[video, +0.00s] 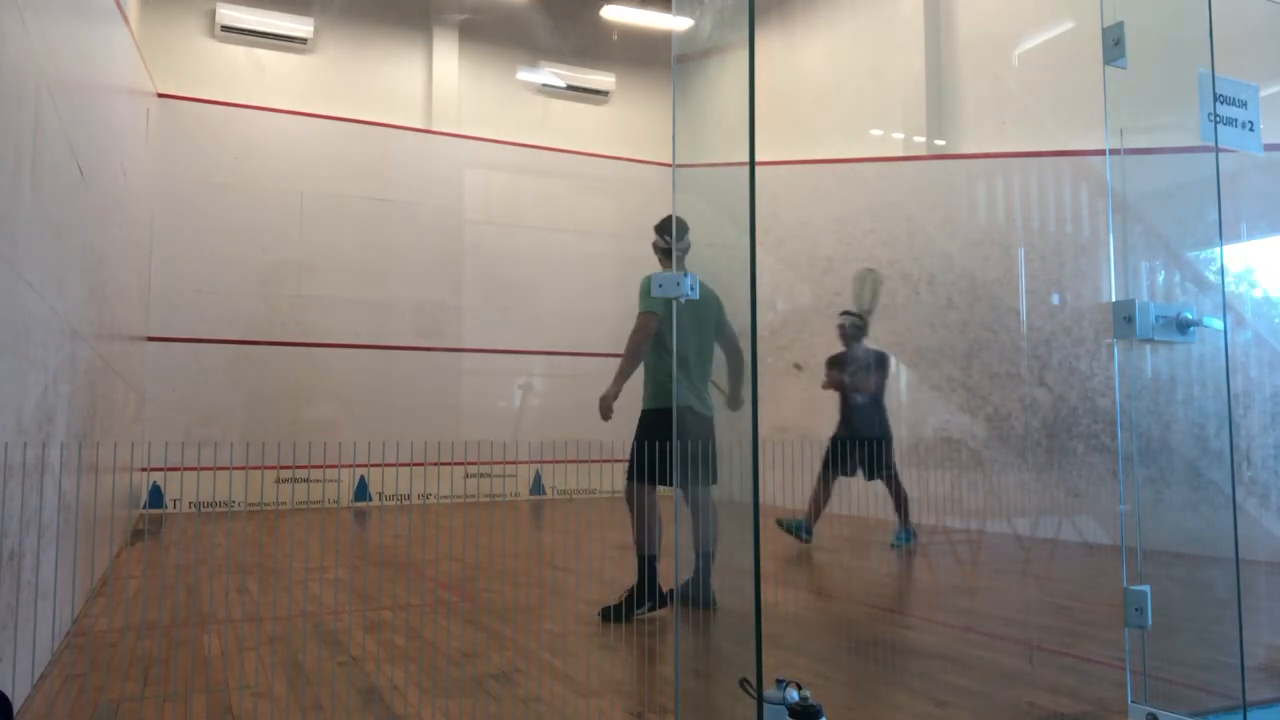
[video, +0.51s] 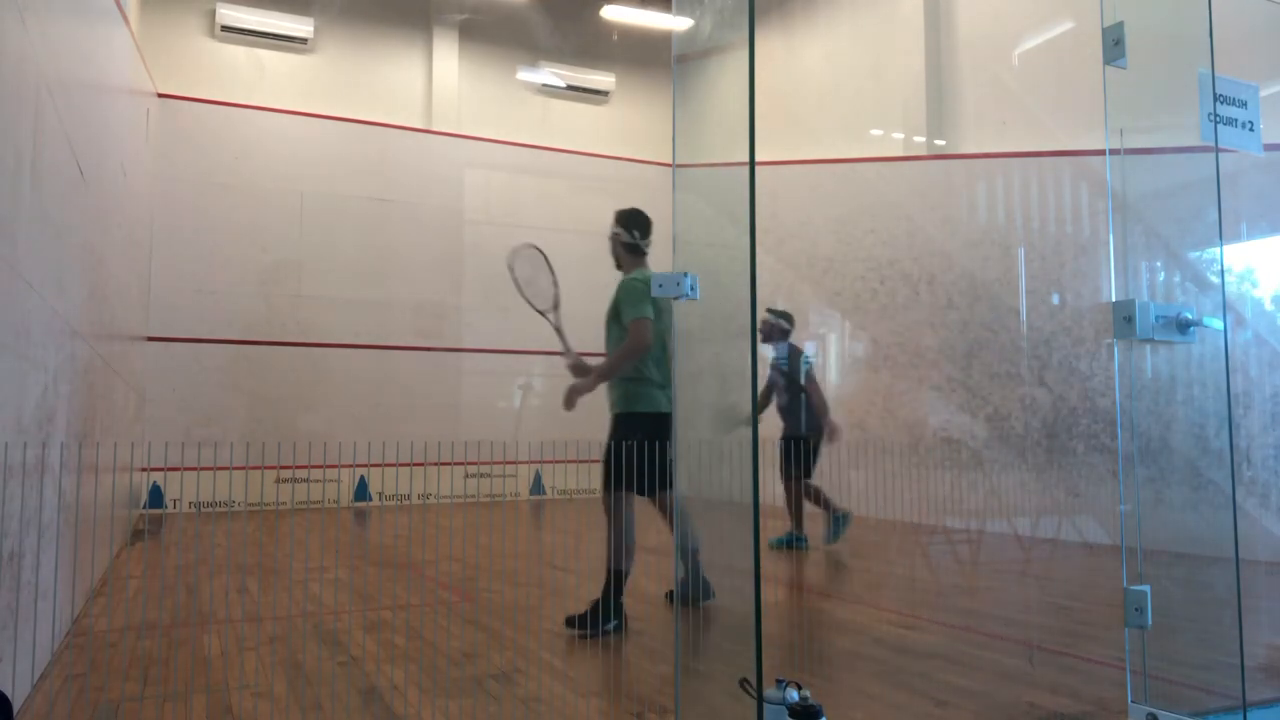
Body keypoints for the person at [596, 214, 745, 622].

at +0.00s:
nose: (657, 252)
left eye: (657, 246)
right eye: (661, 246)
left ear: (658, 246)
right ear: (688, 247)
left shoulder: (655, 283)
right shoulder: (706, 293)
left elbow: (645, 329)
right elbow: (734, 348)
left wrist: (615, 387)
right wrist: (736, 391)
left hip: (662, 412)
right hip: (699, 414)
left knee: (638, 491)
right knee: (698, 495)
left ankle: (646, 587)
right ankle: (701, 584)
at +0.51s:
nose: (610, 246)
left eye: (611, 239)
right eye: (613, 238)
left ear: (617, 242)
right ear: (644, 243)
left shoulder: (633, 285)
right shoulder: (655, 287)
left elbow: (640, 341)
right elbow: (643, 356)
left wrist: (589, 382)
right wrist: (594, 366)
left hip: (637, 411)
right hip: (657, 409)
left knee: (615, 497)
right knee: (662, 493)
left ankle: (610, 604)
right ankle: (696, 579)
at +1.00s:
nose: (528, 229)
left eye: (536, 223)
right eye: (530, 222)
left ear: (553, 233)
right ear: (541, 233)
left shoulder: (563, 282)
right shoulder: (537, 287)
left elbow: (524, 307)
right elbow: (501, 336)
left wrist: (482, 269)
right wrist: (492, 288)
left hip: (564, 417)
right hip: (530, 417)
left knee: (571, 510)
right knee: (471, 494)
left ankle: (609, 607)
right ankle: (425, 590)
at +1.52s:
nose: (360, 263)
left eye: (366, 255)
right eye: (363, 255)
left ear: (382, 259)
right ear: (389, 261)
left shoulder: (409, 298)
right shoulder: (381, 314)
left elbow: (427, 335)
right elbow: (364, 375)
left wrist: (403, 343)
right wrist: (324, 394)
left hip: (417, 441)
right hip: (380, 441)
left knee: (408, 547)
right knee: (311, 505)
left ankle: (478, 566)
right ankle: (319, 609)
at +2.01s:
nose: (460, 265)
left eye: (460, 259)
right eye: (471, 259)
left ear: (461, 260)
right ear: (495, 260)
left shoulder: (460, 295)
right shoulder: (520, 308)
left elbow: (454, 347)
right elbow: (539, 376)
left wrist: (417, 403)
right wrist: (544, 429)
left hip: (476, 431)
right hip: (514, 435)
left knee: (427, 508)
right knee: (482, 499)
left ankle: (466, 604)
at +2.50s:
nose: (615, 265)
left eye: (596, 259)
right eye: (620, 258)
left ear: (591, 261)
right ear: (624, 262)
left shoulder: (574, 292)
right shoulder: (636, 298)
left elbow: (542, 332)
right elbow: (665, 342)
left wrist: (554, 349)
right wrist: (672, 386)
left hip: (592, 406)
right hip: (629, 404)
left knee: (616, 485)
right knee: (630, 477)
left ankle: (650, 556)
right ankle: (657, 545)